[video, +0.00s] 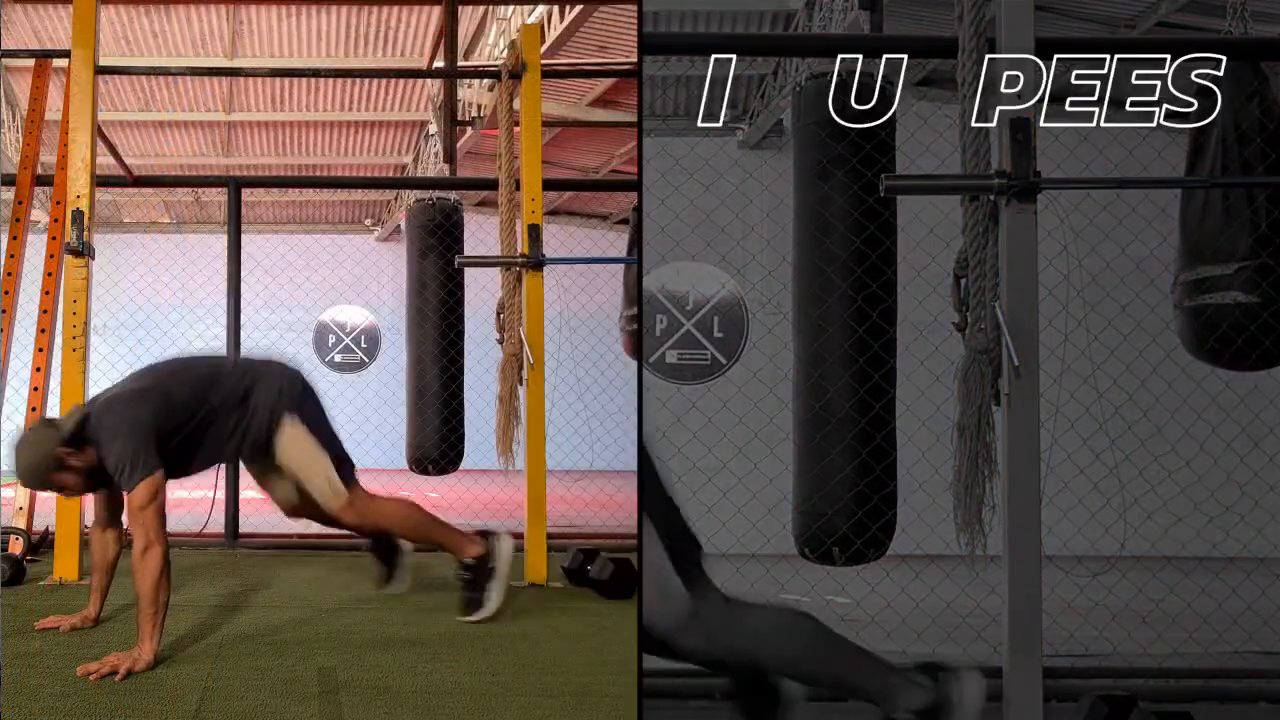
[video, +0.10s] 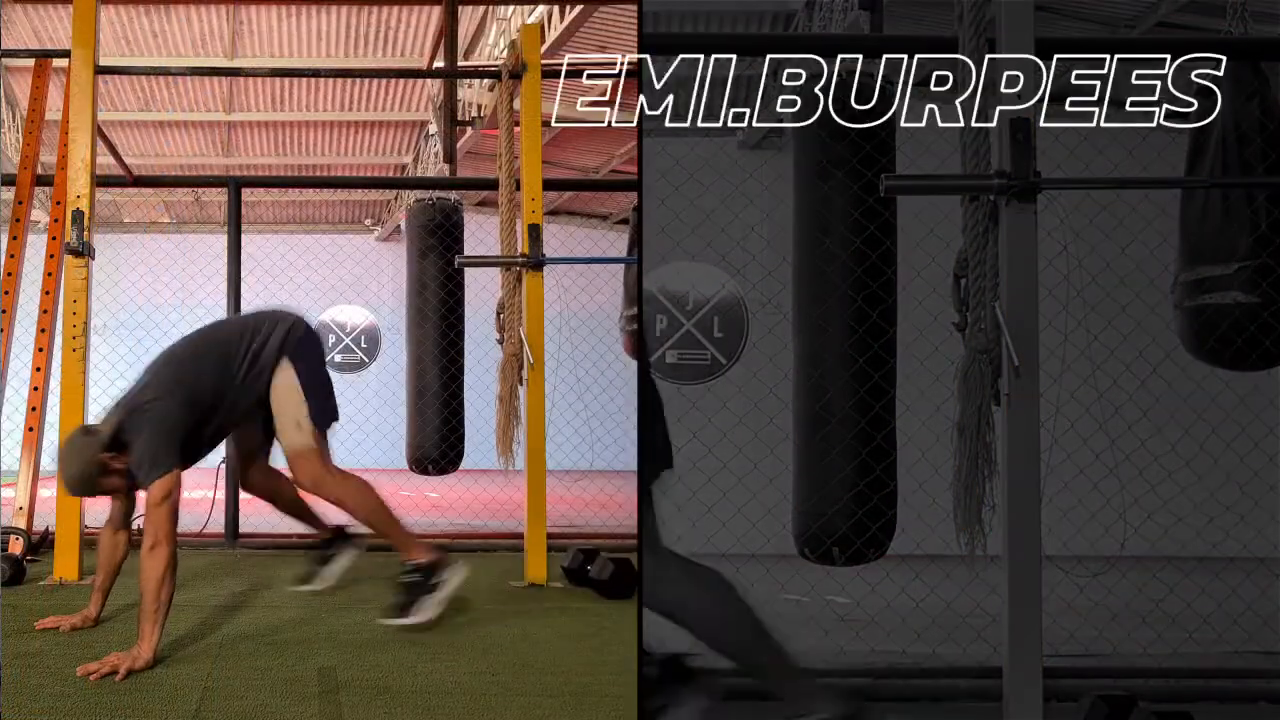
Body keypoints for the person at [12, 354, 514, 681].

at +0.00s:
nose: (69, 493)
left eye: (61, 484)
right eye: (58, 489)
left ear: (69, 459)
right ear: (65, 459)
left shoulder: (126, 432)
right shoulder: (90, 440)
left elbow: (150, 546)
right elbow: (106, 528)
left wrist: (145, 647)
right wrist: (92, 610)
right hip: (243, 423)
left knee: (344, 502)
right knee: (294, 502)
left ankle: (478, 548)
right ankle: (384, 531)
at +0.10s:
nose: (114, 494)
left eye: (107, 487)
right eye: (105, 492)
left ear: (113, 461)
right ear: (108, 456)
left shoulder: (154, 436)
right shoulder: (118, 433)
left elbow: (159, 546)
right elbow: (117, 527)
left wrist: (145, 647)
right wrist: (95, 607)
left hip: (284, 345)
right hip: (248, 373)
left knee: (313, 471)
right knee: (251, 472)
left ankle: (427, 560)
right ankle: (331, 538)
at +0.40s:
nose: (107, 367)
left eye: (107, 354)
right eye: (101, 357)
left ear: (132, 337)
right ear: (129, 339)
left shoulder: (180, 352)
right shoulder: (141, 371)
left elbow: (178, 453)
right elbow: (126, 451)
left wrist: (140, 549)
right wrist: (93, 534)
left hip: (326, 375)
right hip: (271, 395)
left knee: (277, 469)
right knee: (206, 467)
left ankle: (336, 608)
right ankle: (243, 579)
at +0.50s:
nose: (111, 282)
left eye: (112, 268)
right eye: (106, 272)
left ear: (139, 254)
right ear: (134, 259)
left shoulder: (196, 286)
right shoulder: (161, 305)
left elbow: (235, 374)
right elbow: (161, 382)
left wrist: (199, 461)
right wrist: (131, 455)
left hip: (317, 361)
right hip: (269, 377)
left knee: (278, 468)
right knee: (211, 468)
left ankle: (336, 608)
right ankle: (242, 578)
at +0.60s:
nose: (123, 206)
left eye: (126, 192)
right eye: (118, 197)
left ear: (156, 179)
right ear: (133, 192)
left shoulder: (216, 218)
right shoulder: (175, 236)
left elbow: (275, 296)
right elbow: (198, 315)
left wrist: (251, 383)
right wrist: (174, 385)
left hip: (297, 350)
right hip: (250, 355)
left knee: (281, 470)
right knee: (212, 463)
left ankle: (337, 608)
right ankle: (242, 577)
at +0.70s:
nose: (141, 162)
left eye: (145, 149)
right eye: (134, 154)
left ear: (177, 134)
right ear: (144, 151)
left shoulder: (233, 171)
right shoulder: (188, 198)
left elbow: (299, 247)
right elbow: (227, 278)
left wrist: (277, 329)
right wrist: (205, 339)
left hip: (279, 339)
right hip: (235, 346)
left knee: (283, 463)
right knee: (218, 459)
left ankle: (336, 606)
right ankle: (244, 576)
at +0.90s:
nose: (157, 152)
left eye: (160, 138)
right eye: (151, 142)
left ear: (192, 124)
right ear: (166, 138)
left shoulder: (255, 167)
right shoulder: (202, 188)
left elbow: (305, 249)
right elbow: (233, 277)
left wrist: (272, 324)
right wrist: (205, 340)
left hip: (265, 341)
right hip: (221, 346)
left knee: (287, 464)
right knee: (222, 461)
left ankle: (335, 604)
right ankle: (244, 576)